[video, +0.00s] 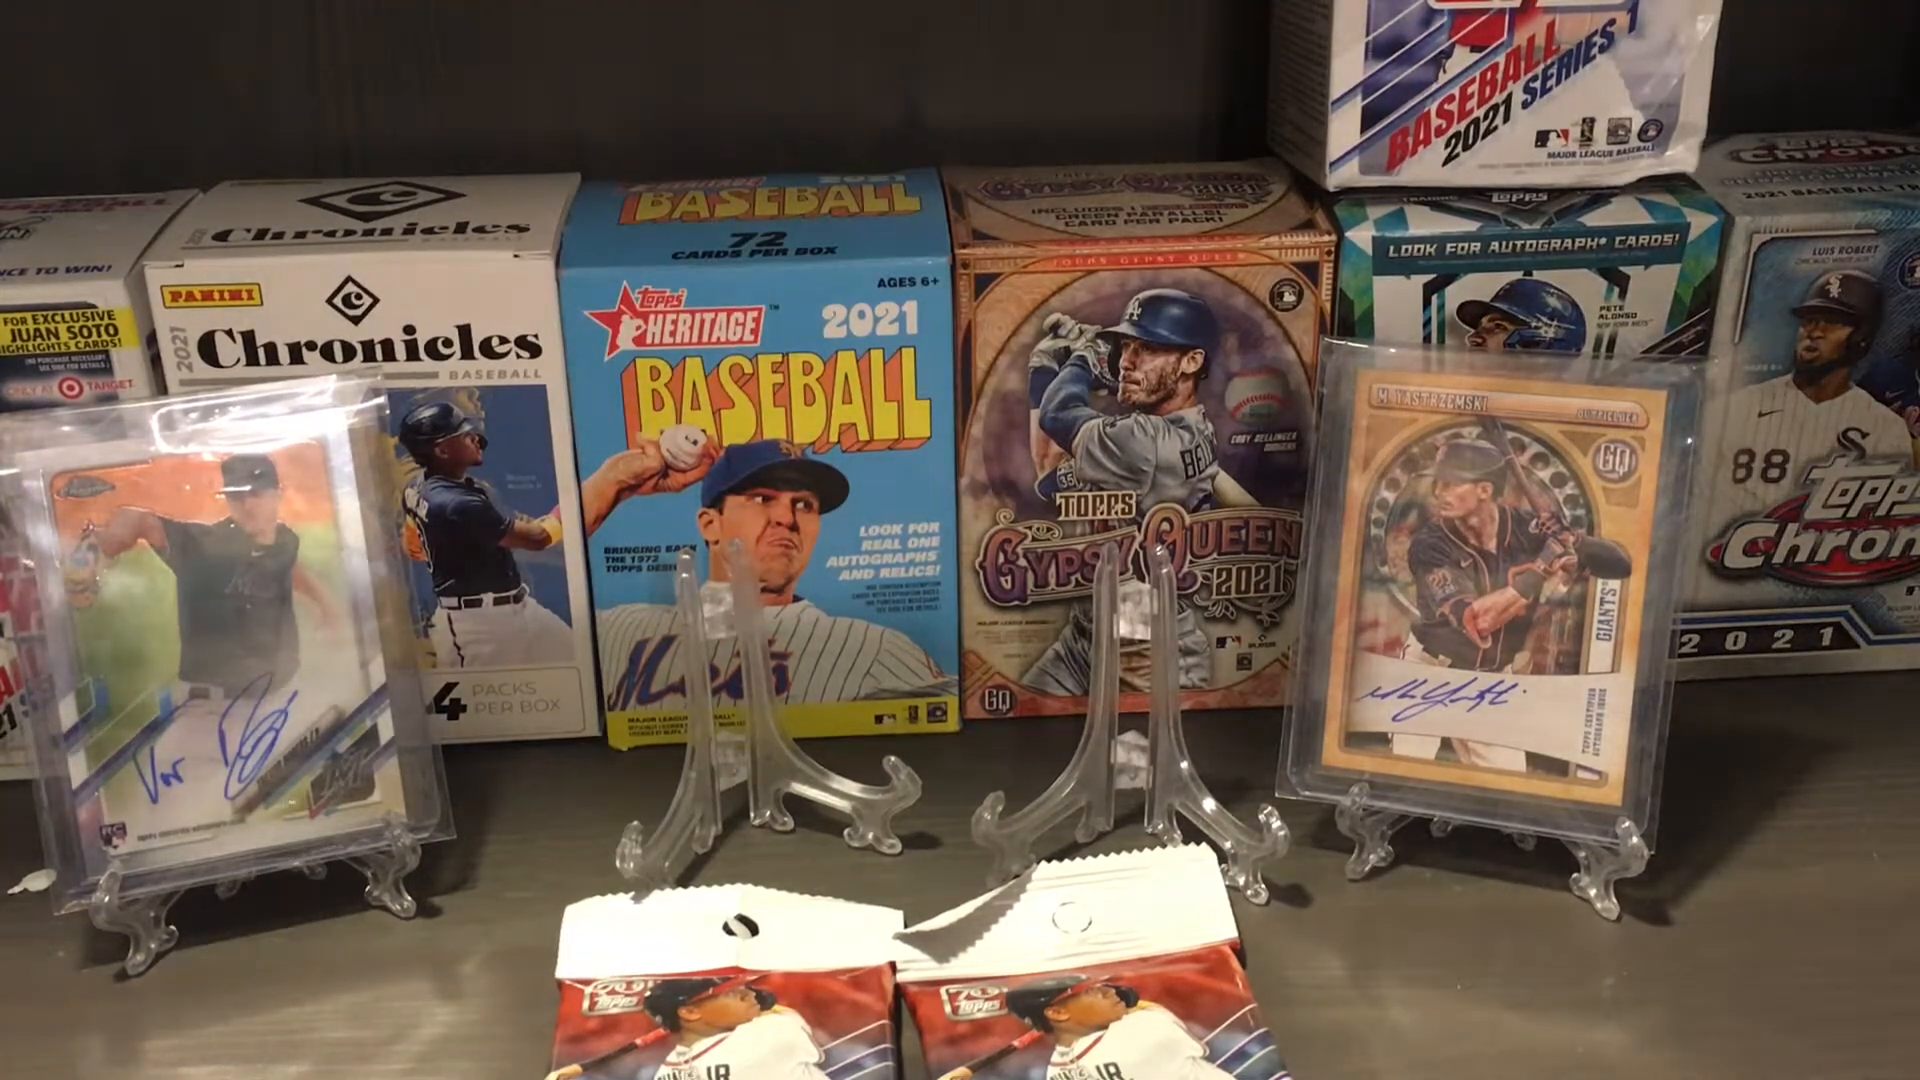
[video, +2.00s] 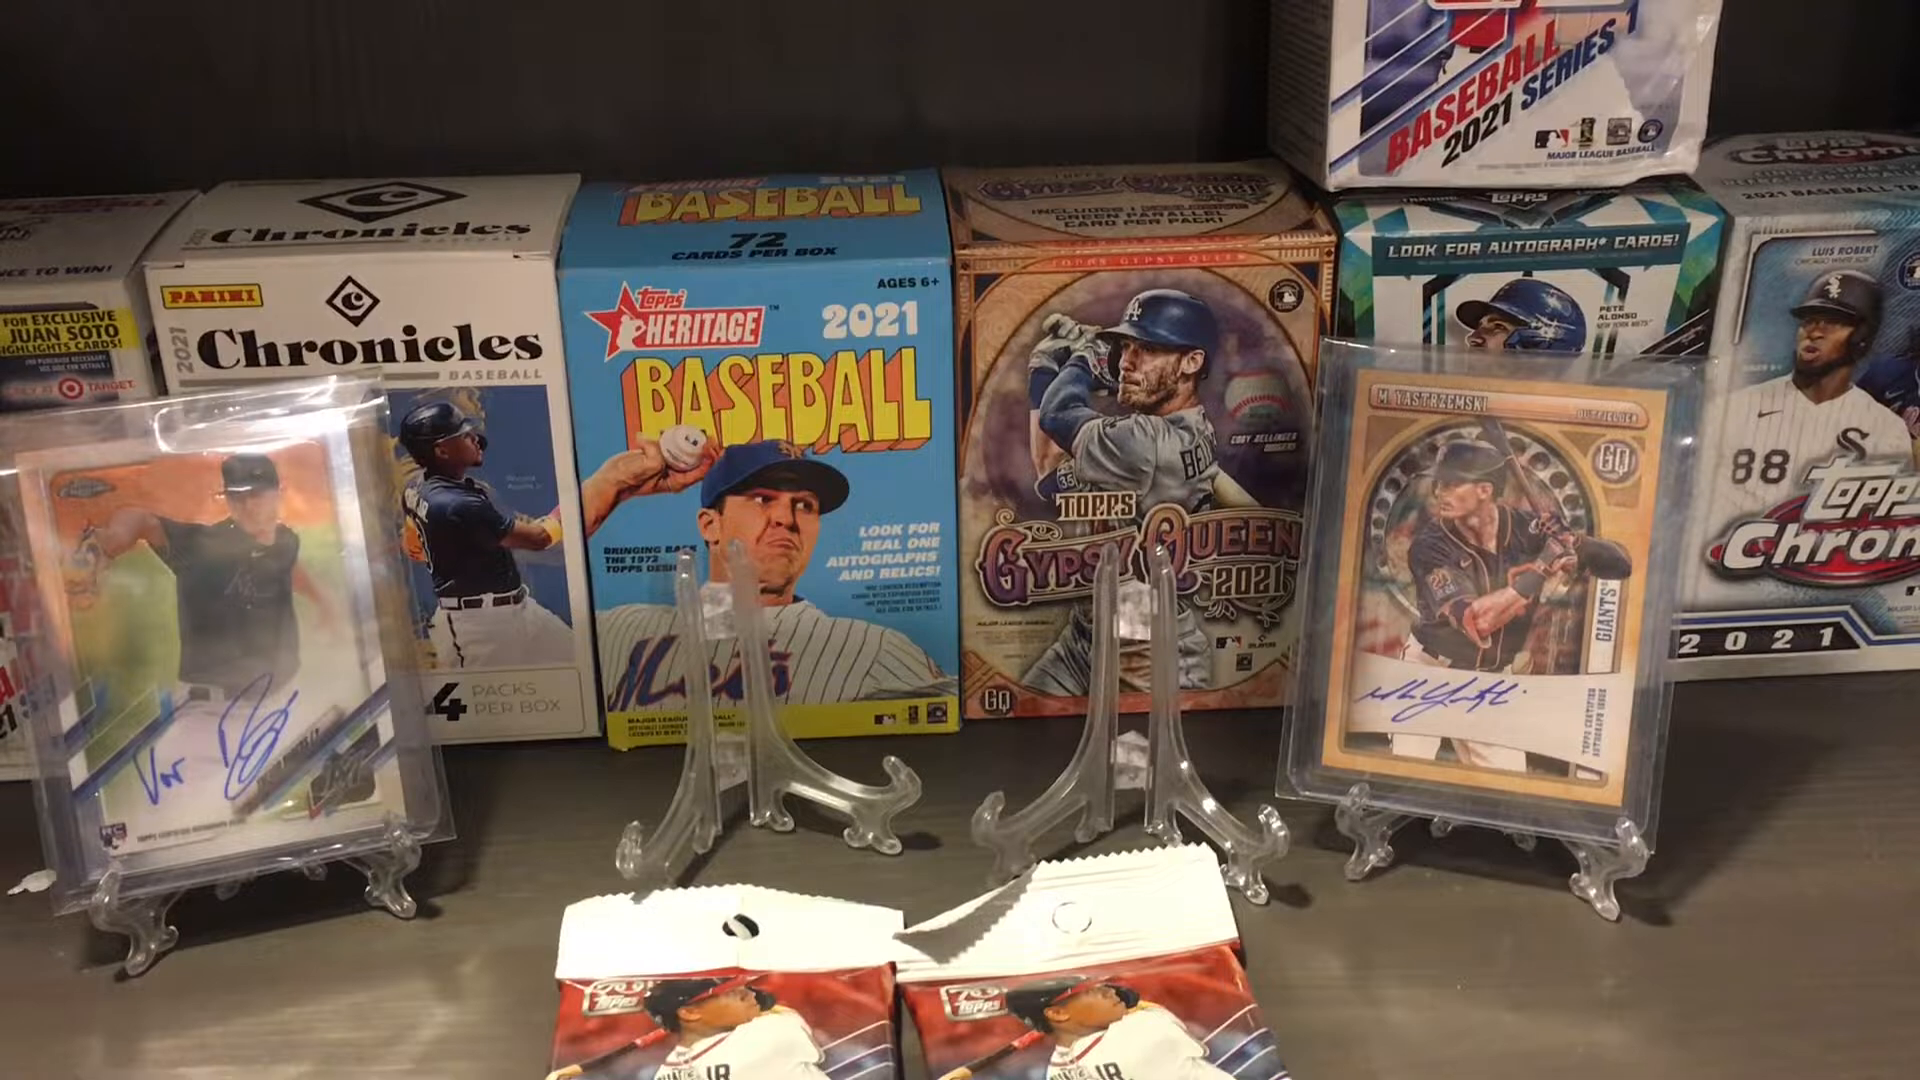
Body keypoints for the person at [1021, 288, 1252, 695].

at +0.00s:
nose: (1127, 362)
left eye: (1148, 350)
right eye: (1126, 348)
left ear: (1190, 363)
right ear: (1120, 349)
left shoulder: (1142, 440)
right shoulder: (1187, 430)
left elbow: (1059, 411)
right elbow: (1047, 478)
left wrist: (1086, 359)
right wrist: (1042, 369)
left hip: (1160, 646)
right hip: (1092, 637)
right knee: (1013, 736)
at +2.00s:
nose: (1127, 362)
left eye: (1147, 350)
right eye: (1126, 348)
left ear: (1190, 363)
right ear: (1121, 349)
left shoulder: (1143, 441)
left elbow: (1060, 410)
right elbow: (1048, 475)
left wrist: (1086, 360)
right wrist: (1042, 372)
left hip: (1158, 647)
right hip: (1092, 638)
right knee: (1012, 736)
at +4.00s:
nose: (1127, 361)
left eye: (1147, 350)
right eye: (1127, 347)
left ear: (1190, 362)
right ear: (1121, 347)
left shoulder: (1139, 439)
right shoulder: (1190, 431)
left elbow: (1060, 409)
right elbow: (1048, 476)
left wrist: (1085, 360)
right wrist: (1041, 371)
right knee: (1010, 737)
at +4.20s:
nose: (1127, 361)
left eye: (1147, 350)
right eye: (1127, 347)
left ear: (1190, 363)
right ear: (1121, 348)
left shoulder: (1139, 440)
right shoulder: (1190, 431)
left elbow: (1060, 409)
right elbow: (1048, 476)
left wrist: (1085, 361)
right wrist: (1041, 372)